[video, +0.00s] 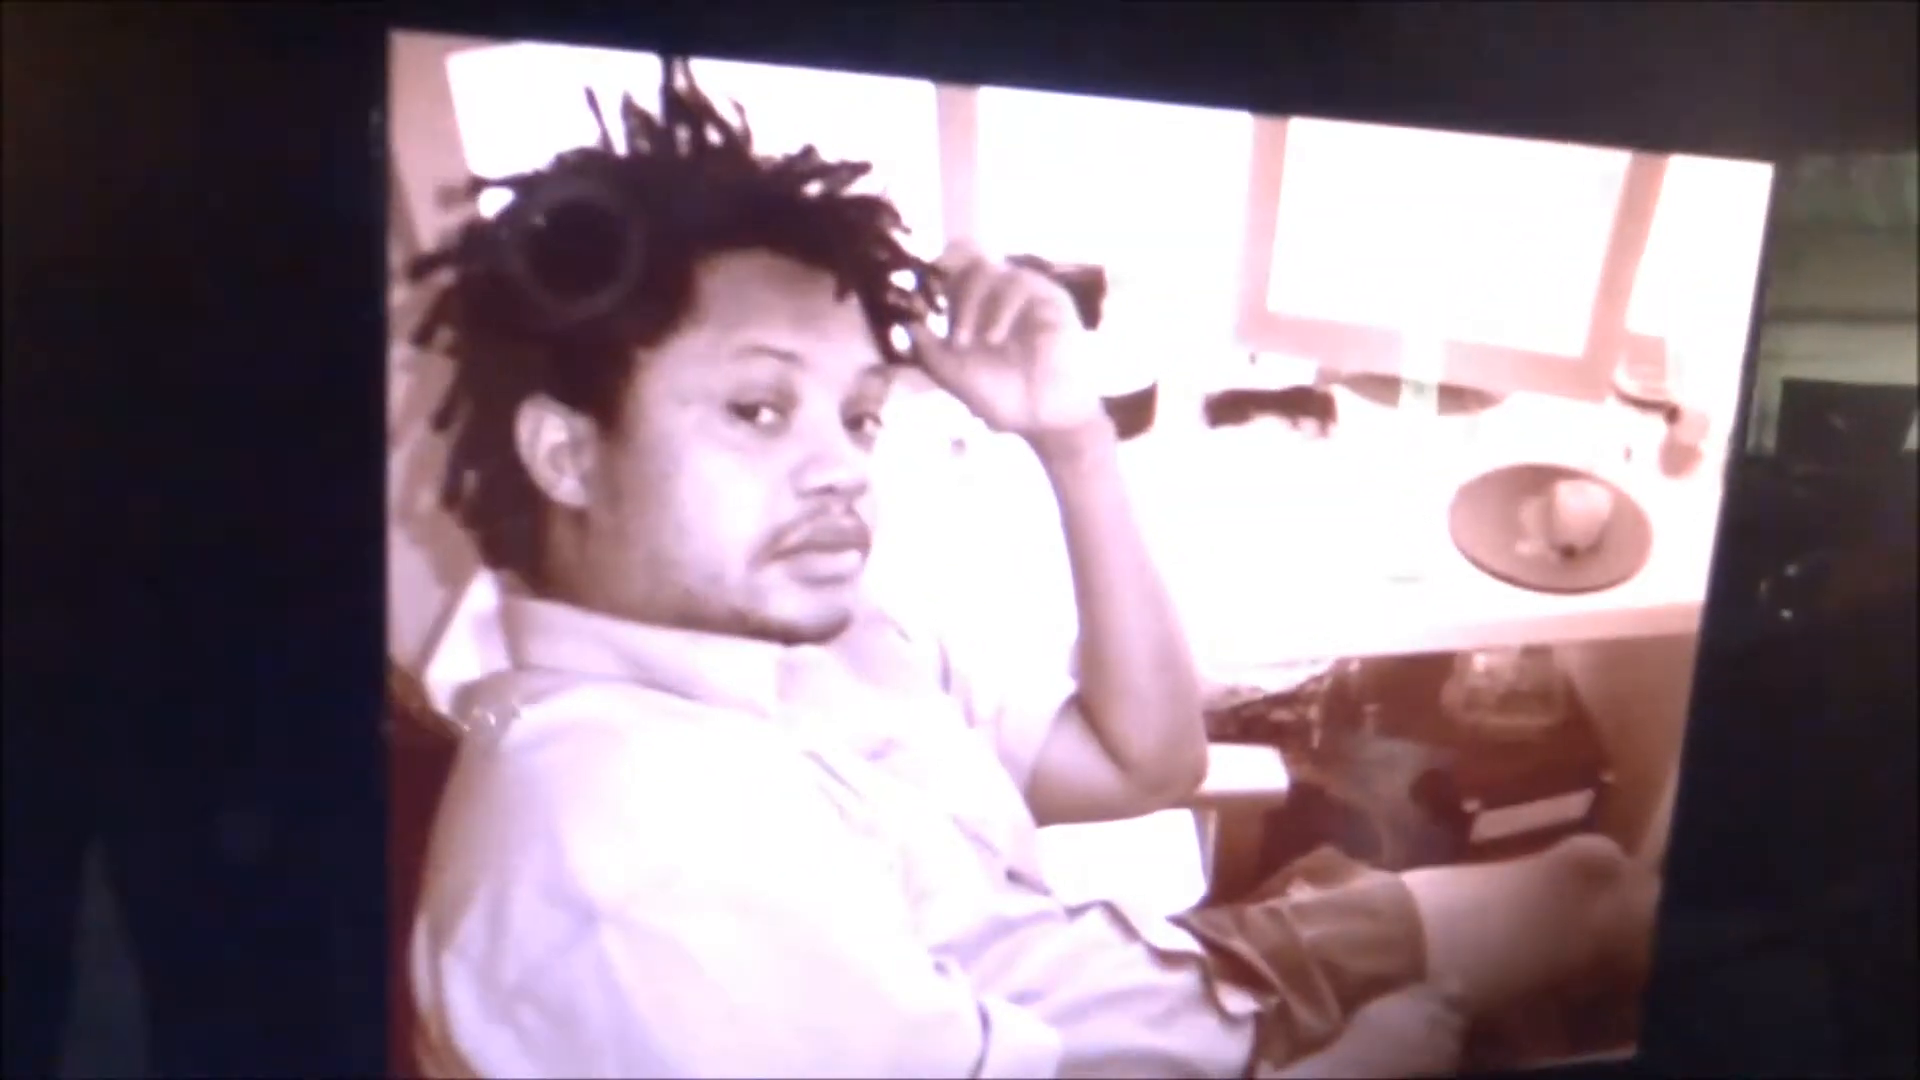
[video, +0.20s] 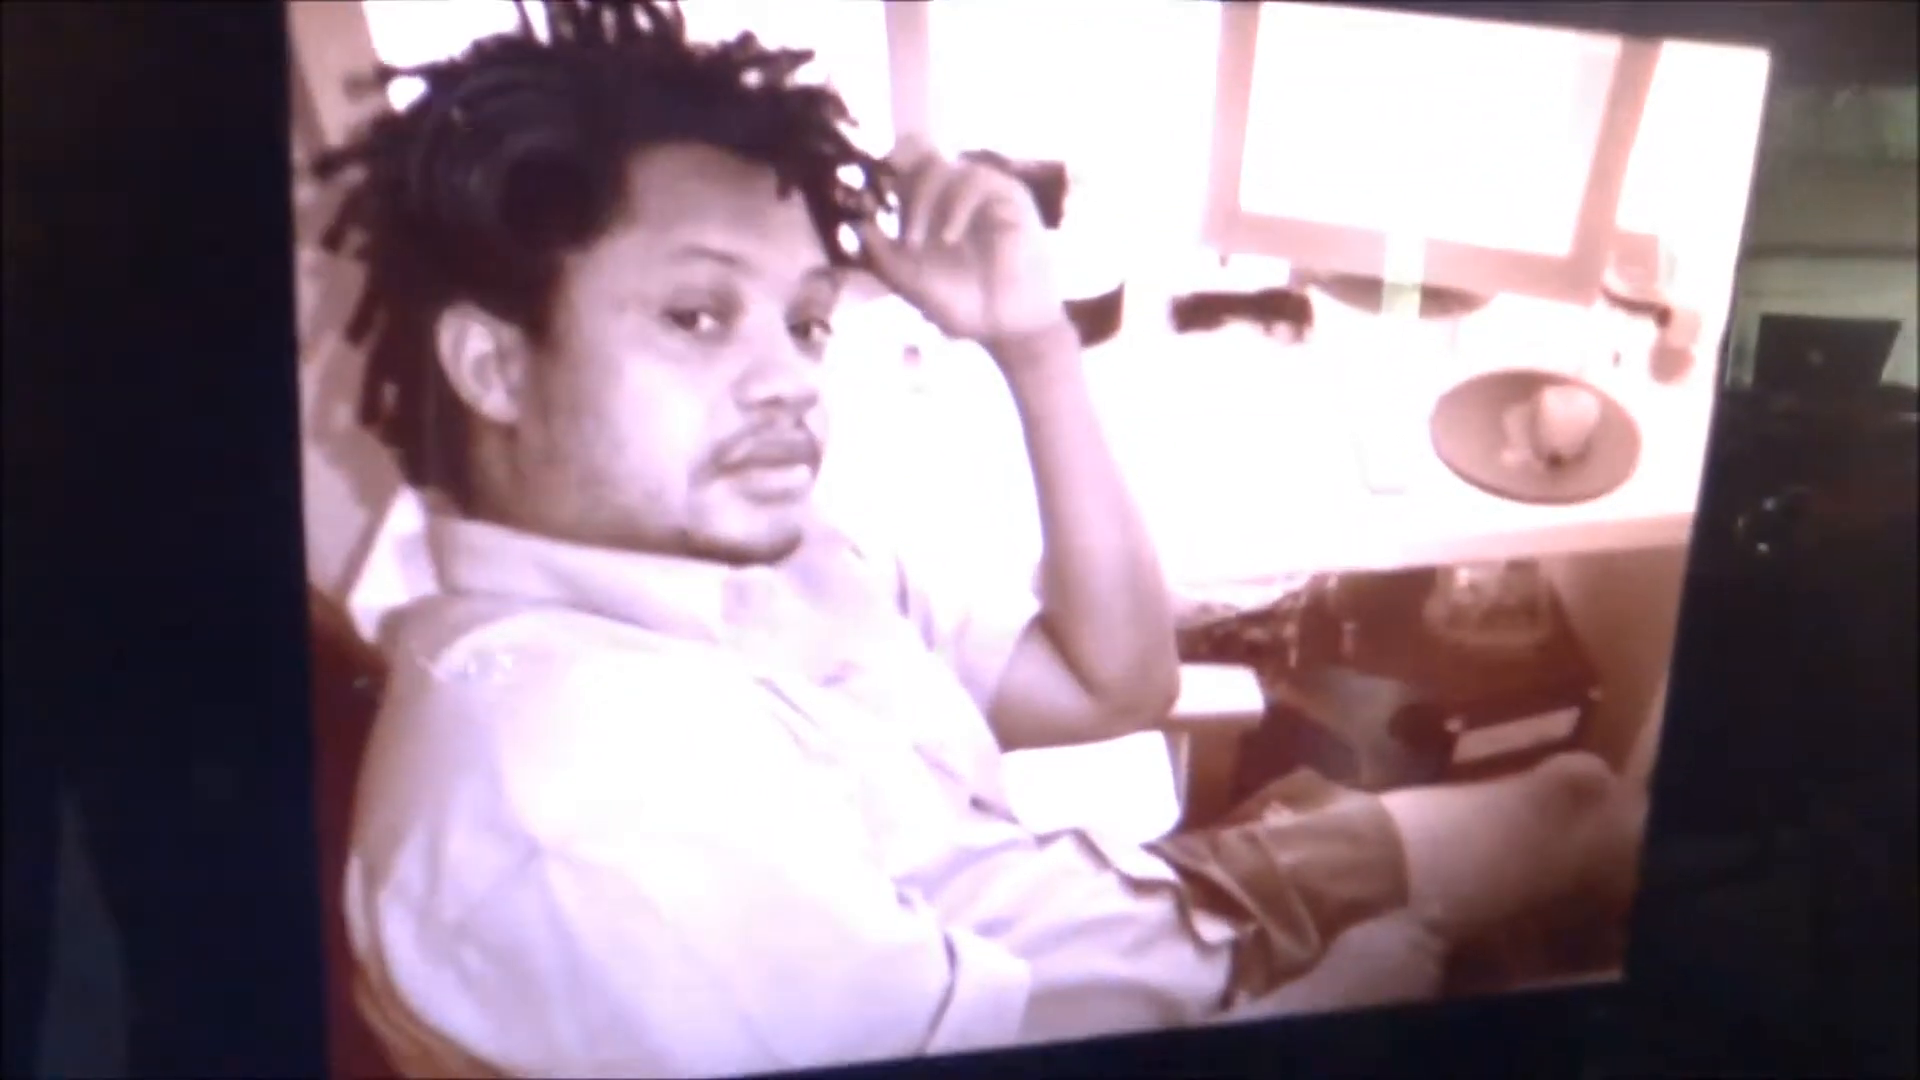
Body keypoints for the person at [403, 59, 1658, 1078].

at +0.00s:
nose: (844, 470)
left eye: (856, 415)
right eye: (756, 411)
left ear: (887, 416)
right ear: (561, 452)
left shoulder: (826, 641)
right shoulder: (600, 835)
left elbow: (1146, 763)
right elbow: (959, 1066)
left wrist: (1071, 435)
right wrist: (1344, 1041)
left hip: (1168, 971)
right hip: (1144, 1071)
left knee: (1596, 878)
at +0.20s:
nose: (790, 385)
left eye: (802, 325)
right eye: (697, 320)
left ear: (835, 328)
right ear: (490, 368)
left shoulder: (766, 567)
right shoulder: (543, 779)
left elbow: (1110, 680)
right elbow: (1000, 1030)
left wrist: (1031, 346)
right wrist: (1408, 920)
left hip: (1177, 875)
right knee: (1611, 818)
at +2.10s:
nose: (839, 470)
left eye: (855, 393)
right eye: (724, 386)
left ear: (893, 398)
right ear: (465, 449)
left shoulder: (851, 697)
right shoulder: (531, 903)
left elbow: (1237, 823)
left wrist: (1141, 410)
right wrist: (1514, 1034)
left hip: (1291, 1040)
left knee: (1793, 939)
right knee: (1810, 968)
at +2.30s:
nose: (959, 554)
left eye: (979, 475)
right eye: (825, 461)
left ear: (1014, 487)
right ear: (527, 538)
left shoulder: (989, 826)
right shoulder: (583, 1011)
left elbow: (1396, 962)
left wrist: (1295, 492)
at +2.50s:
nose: (1074, 588)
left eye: (1094, 497)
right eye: (916, 490)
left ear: (1138, 495)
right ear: (577, 574)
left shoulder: (1118, 880)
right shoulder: (632, 1040)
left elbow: (1545, 1041)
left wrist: (1445, 535)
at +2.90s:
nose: (1182, 601)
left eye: (1211, 495)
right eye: (1005, 480)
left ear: (1258, 503)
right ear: (598, 584)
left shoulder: (1250, 963)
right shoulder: (463, 1044)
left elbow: (1692, 1048)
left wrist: (1603, 523)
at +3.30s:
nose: (1095, 591)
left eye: (1125, 478)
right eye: (896, 461)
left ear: (1174, 487)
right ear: (446, 581)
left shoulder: (1182, 1000)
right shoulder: (227, 1042)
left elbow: (1649, 1052)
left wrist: (1549, 512)